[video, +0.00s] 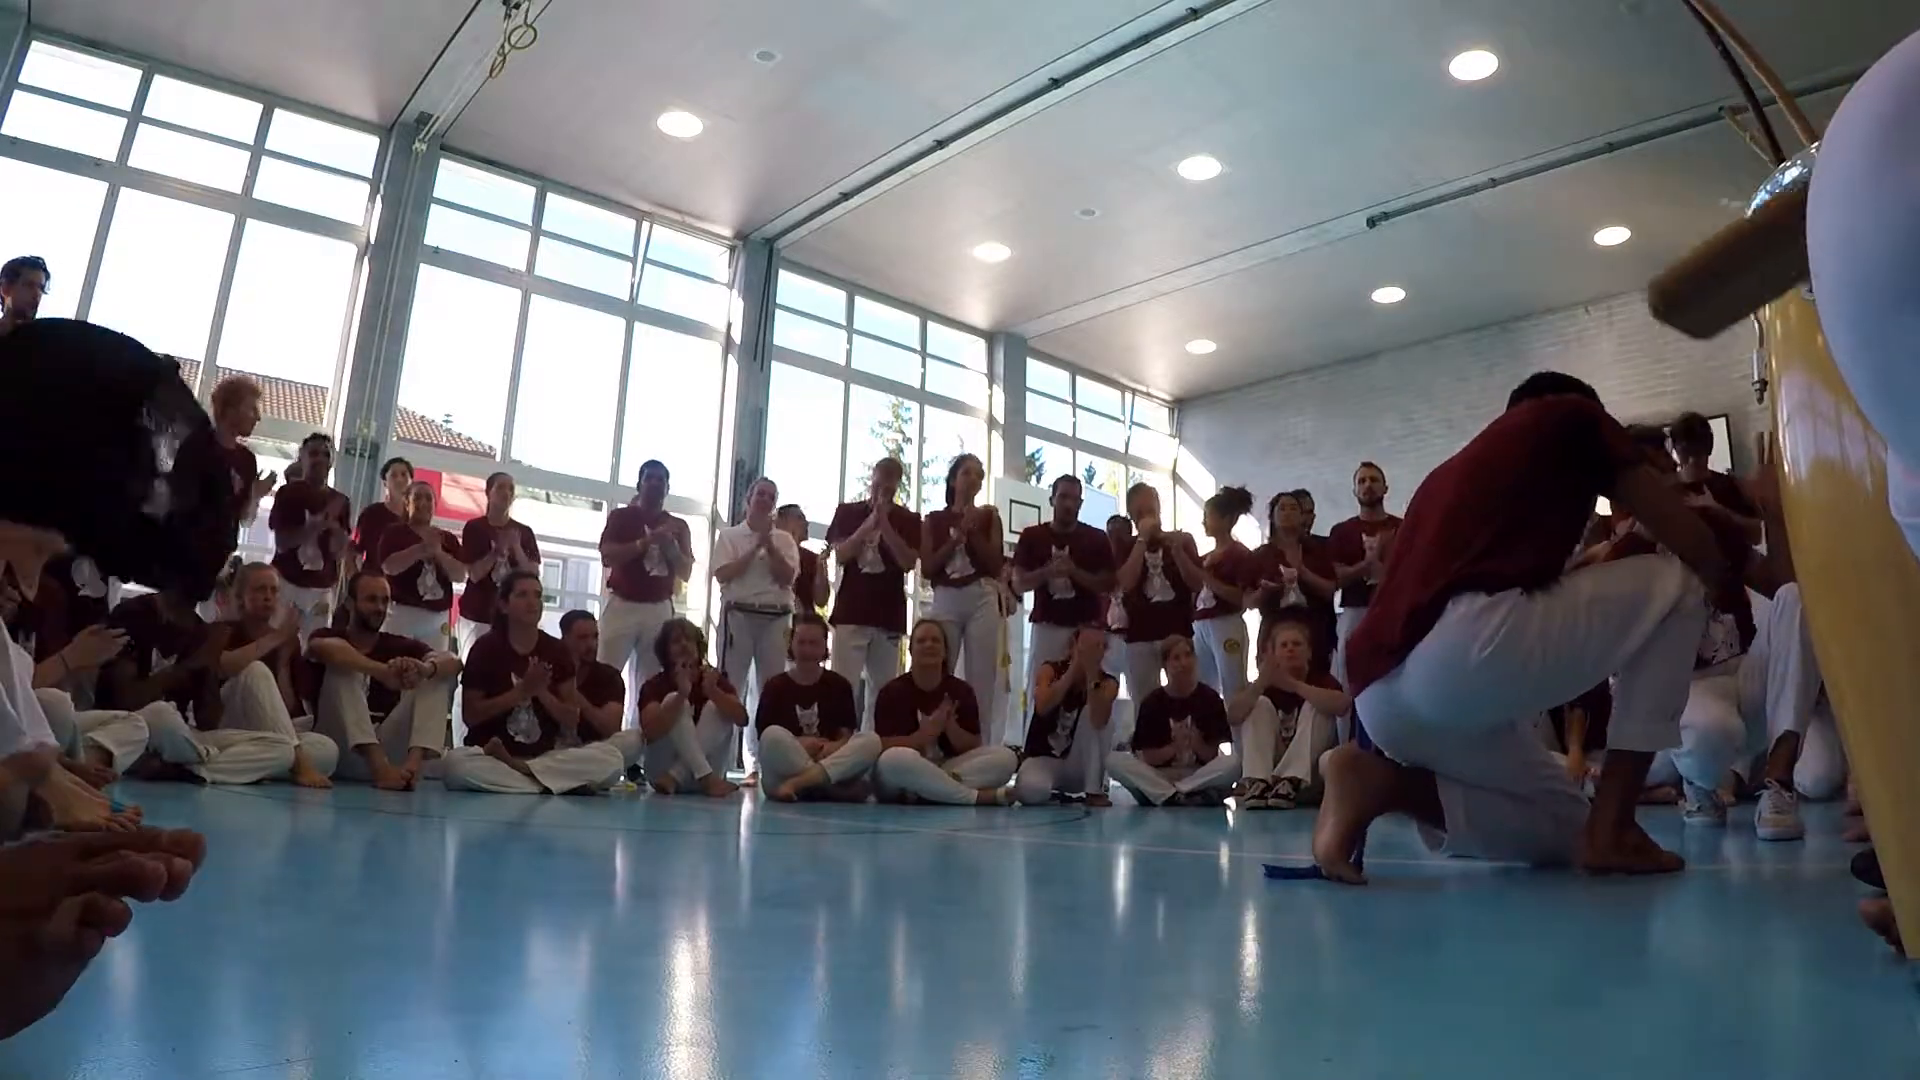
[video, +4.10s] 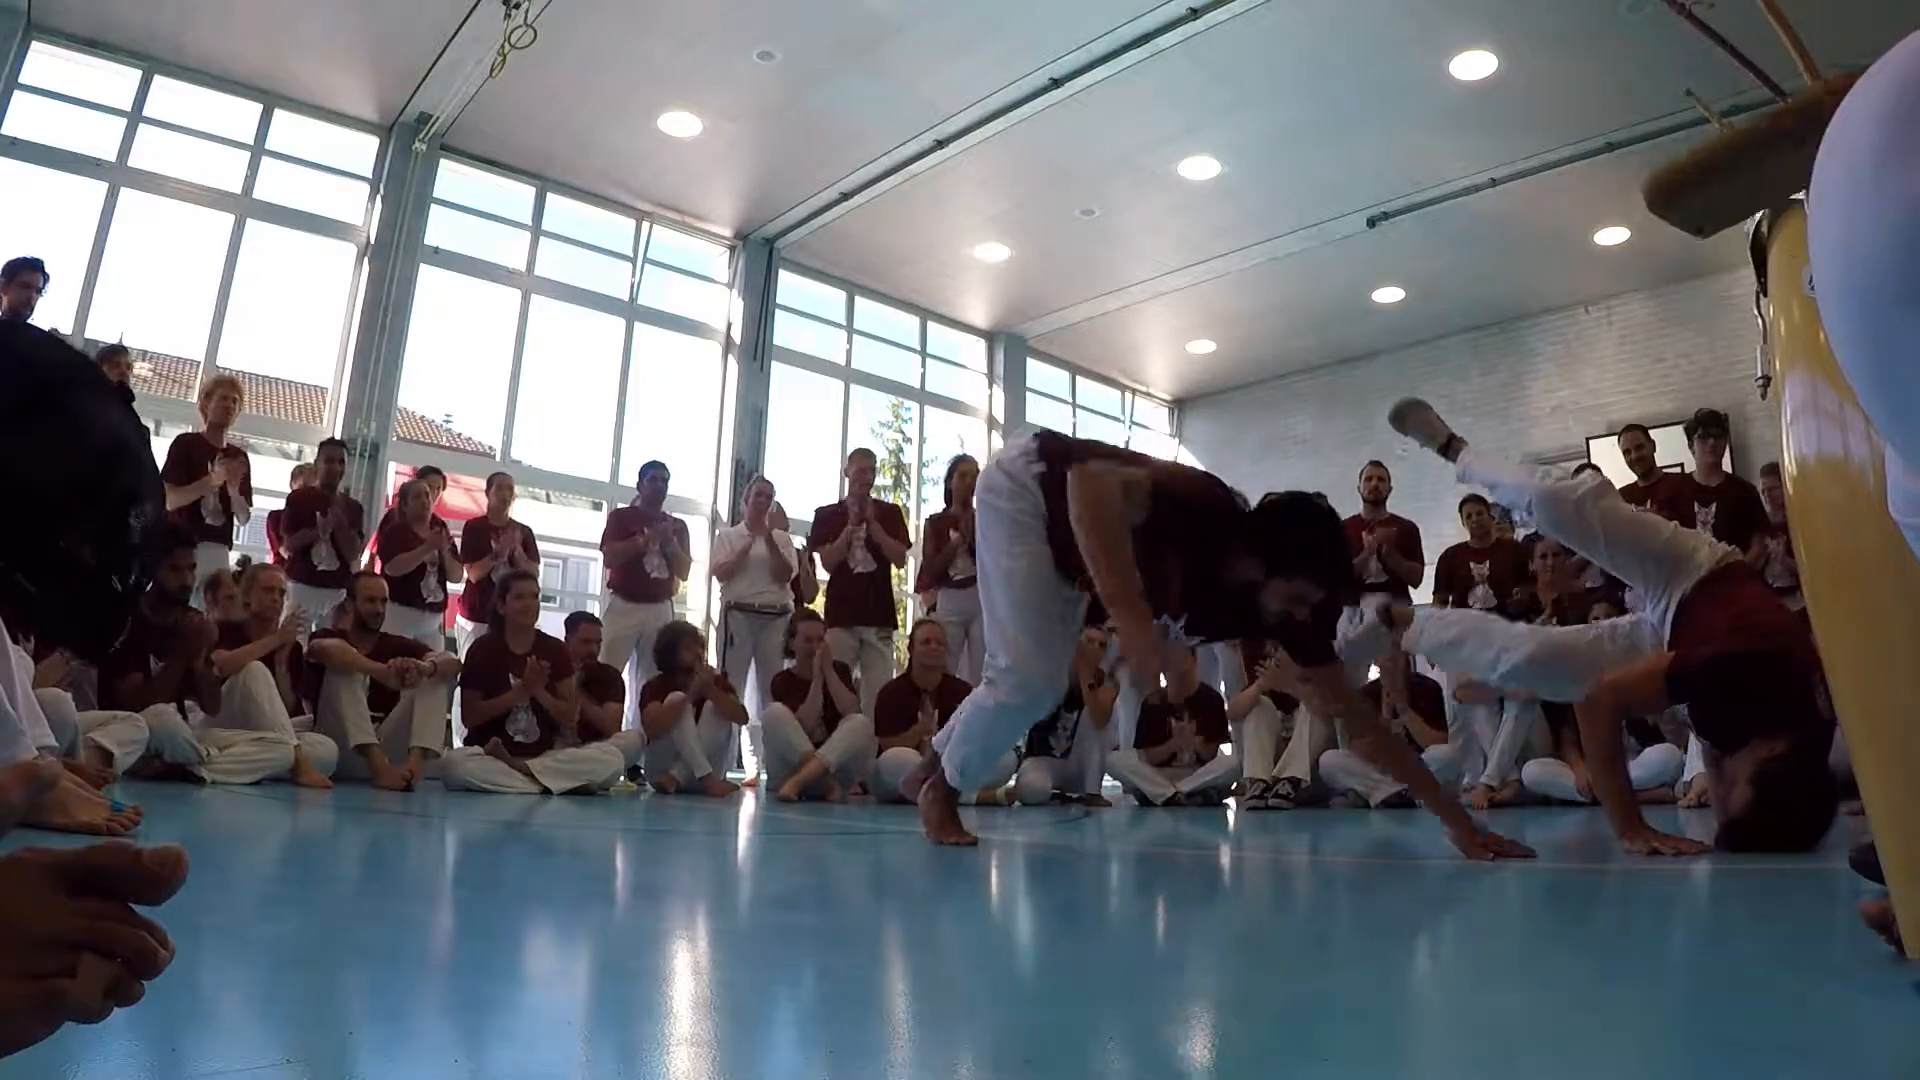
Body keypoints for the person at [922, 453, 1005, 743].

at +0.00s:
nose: (972, 478)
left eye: (978, 475)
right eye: (966, 472)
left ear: (982, 483)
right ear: (953, 478)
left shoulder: (989, 516)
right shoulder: (934, 519)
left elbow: (994, 565)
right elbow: (928, 568)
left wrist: (973, 532)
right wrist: (953, 540)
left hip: (982, 595)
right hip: (945, 594)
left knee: (982, 678)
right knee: (939, 674)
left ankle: (982, 751)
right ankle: (938, 748)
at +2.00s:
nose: (965, 477)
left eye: (970, 473)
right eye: (959, 472)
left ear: (975, 482)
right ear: (947, 479)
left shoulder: (986, 516)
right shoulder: (932, 521)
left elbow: (993, 565)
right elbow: (927, 569)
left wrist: (972, 537)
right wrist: (949, 535)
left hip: (982, 597)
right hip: (944, 597)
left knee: (982, 681)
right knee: (940, 677)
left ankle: (981, 751)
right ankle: (937, 751)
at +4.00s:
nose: (968, 482)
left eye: (973, 477)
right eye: (962, 476)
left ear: (978, 483)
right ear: (948, 481)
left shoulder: (984, 519)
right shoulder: (934, 523)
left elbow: (991, 561)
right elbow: (931, 568)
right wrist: (949, 541)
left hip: (979, 592)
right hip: (947, 594)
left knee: (980, 667)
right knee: (946, 666)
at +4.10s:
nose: (969, 482)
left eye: (974, 476)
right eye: (962, 476)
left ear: (979, 481)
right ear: (950, 481)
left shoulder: (985, 520)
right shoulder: (935, 523)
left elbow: (992, 561)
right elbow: (930, 571)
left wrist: (972, 537)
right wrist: (952, 546)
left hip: (980, 591)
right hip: (949, 593)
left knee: (980, 669)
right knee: (945, 668)